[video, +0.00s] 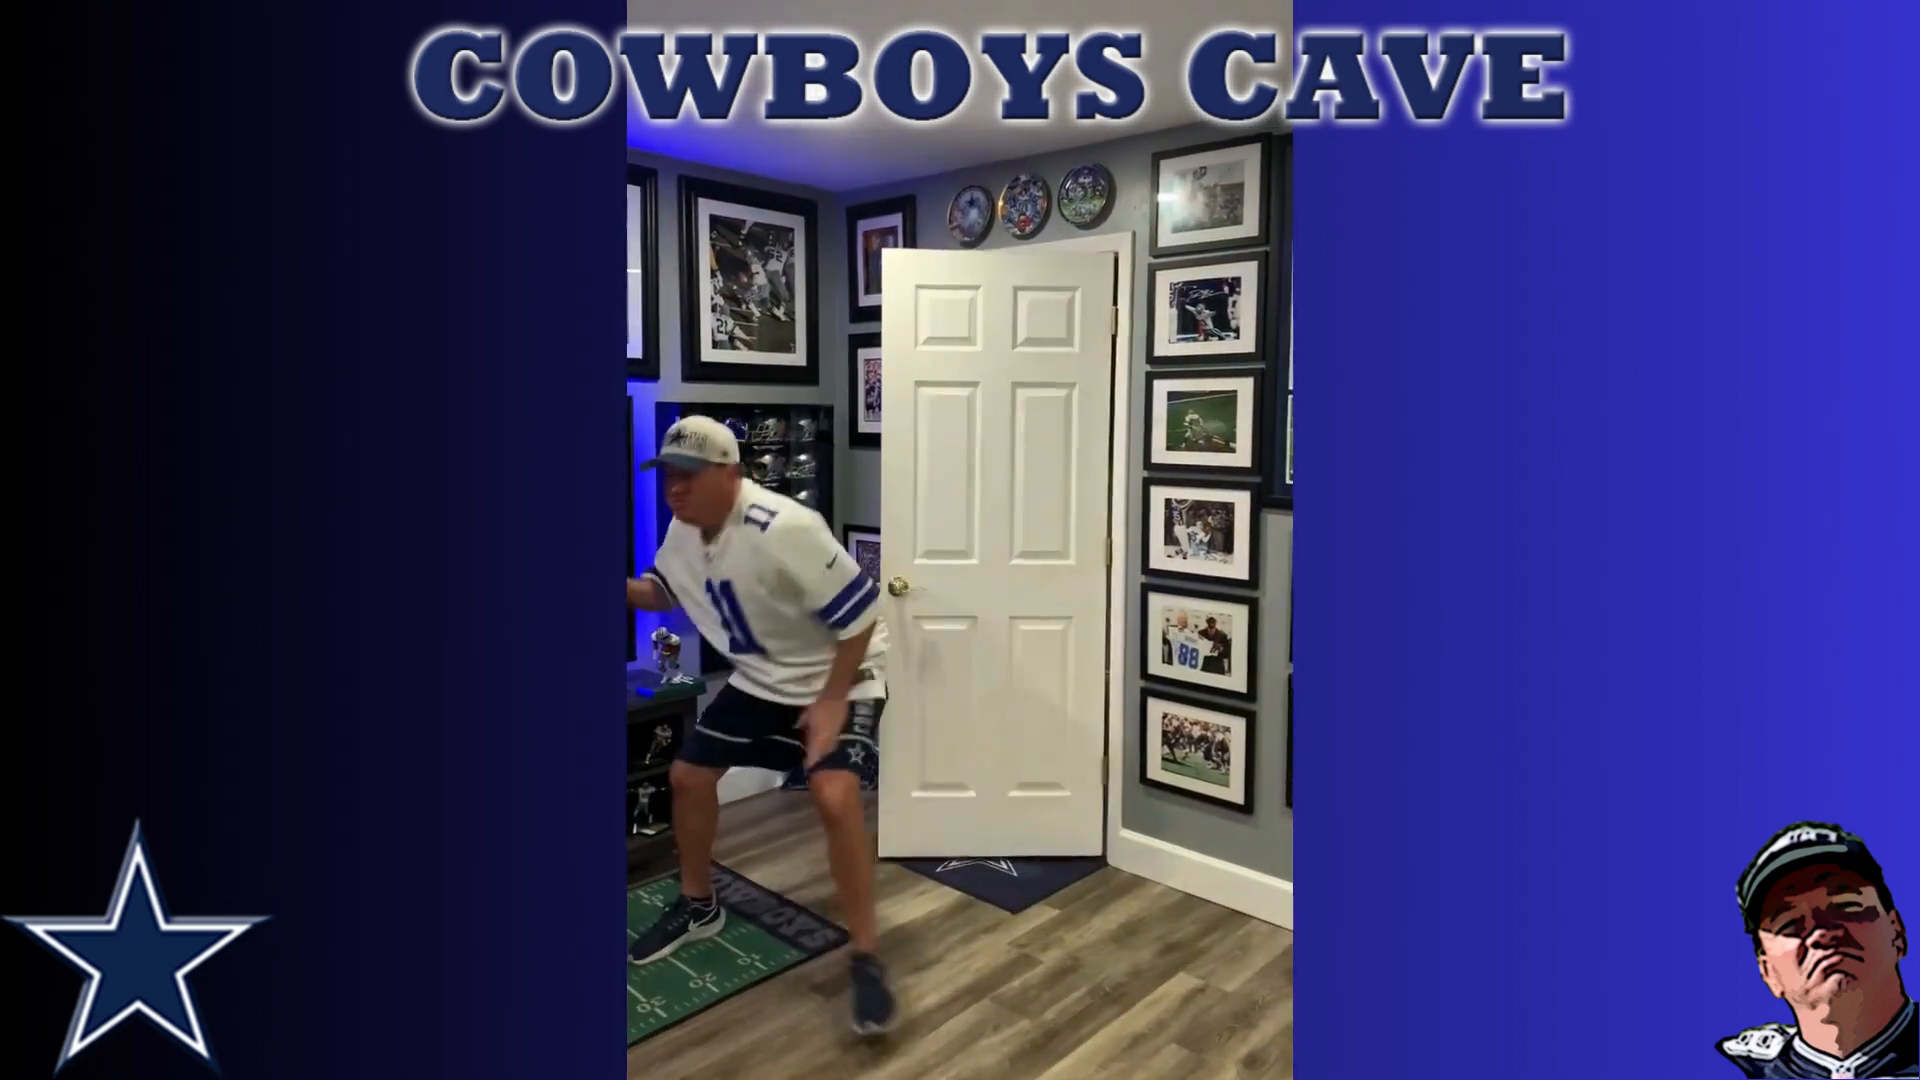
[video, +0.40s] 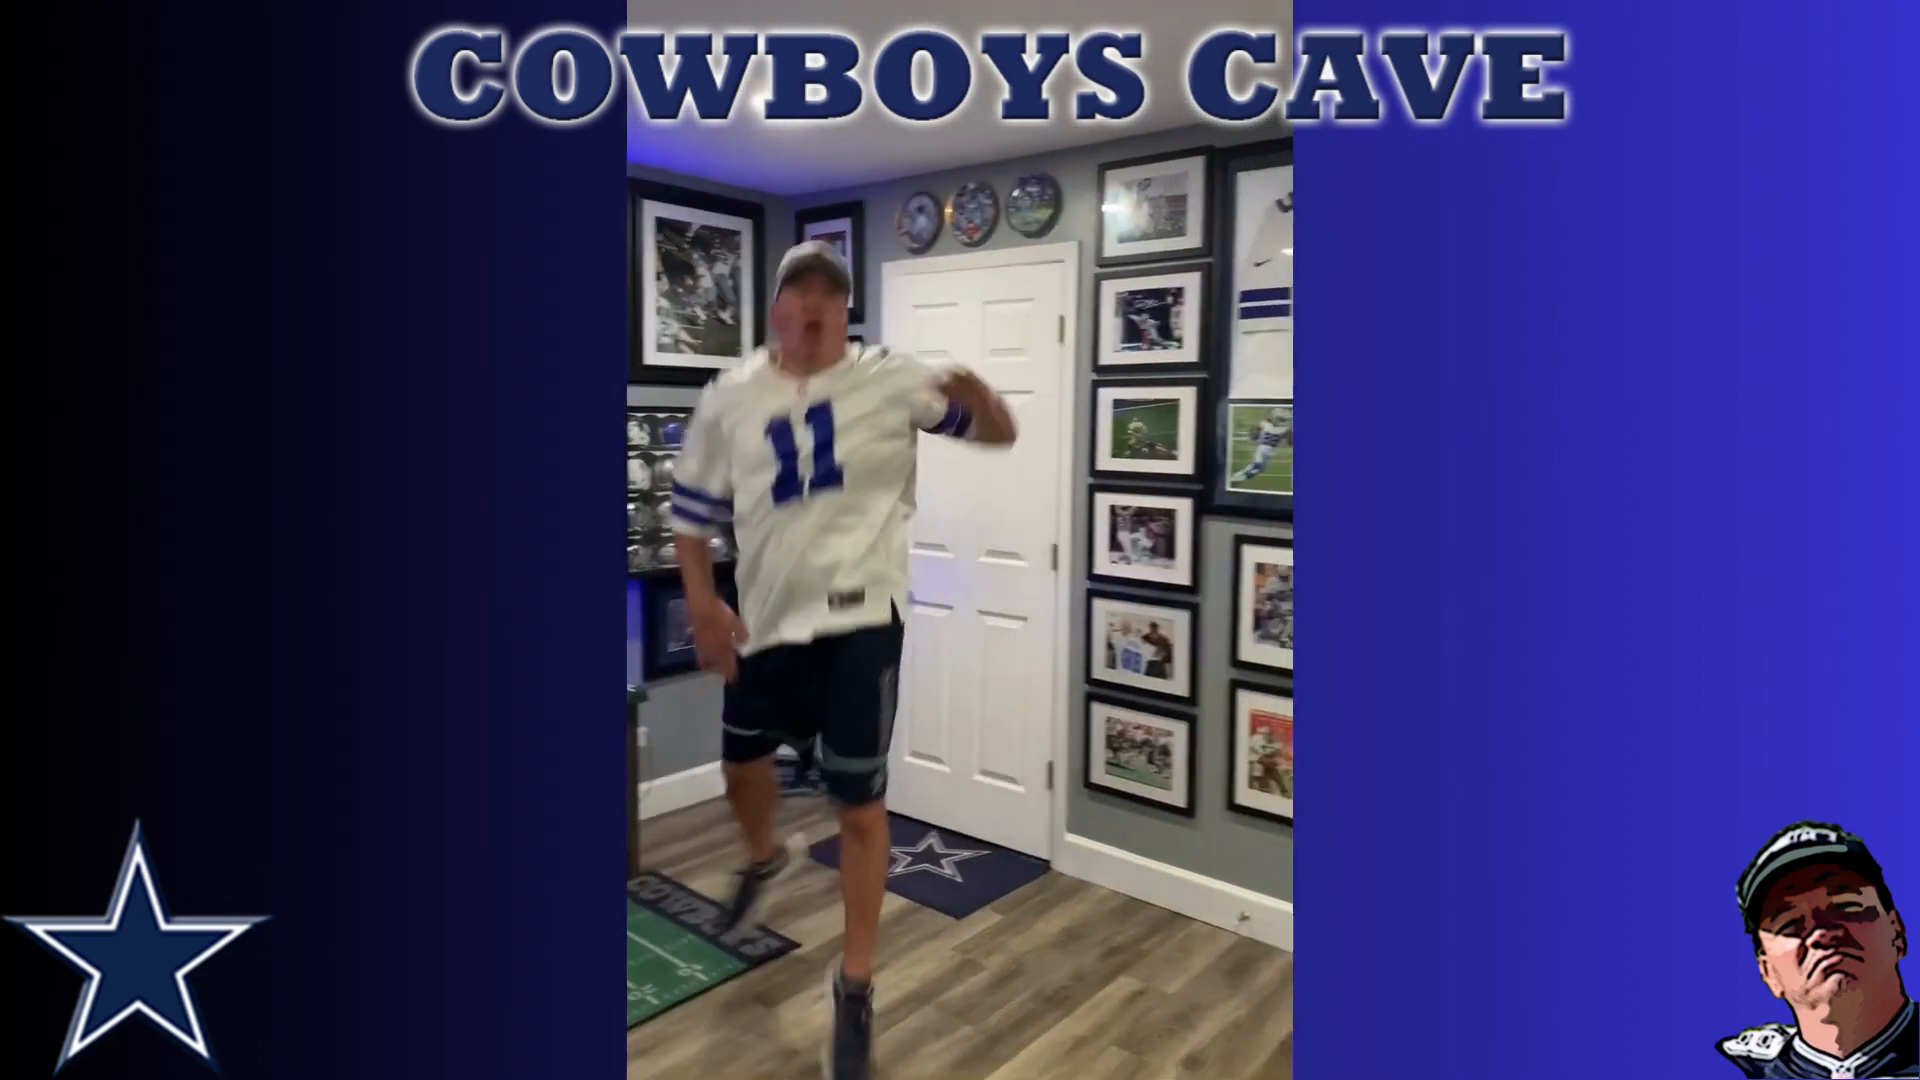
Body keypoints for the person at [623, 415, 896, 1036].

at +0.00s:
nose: (672, 491)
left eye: (685, 479)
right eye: (667, 478)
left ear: (727, 474)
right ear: (666, 478)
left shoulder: (787, 527)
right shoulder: (683, 531)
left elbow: (860, 612)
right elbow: (665, 591)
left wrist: (833, 700)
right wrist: (615, 586)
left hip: (831, 683)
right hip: (755, 679)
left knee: (836, 795)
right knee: (689, 777)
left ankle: (865, 958)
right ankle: (697, 904)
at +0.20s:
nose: (730, 468)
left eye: (745, 453)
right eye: (723, 455)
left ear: (783, 459)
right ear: (716, 462)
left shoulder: (820, 513)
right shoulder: (710, 528)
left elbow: (860, 576)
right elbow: (692, 604)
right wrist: (663, 650)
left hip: (837, 708)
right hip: (746, 705)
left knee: (845, 840)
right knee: (664, 815)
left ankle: (897, 1007)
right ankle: (680, 912)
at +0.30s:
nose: (797, 393)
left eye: (808, 379)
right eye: (783, 379)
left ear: (831, 390)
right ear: (758, 392)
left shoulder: (868, 452)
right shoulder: (730, 483)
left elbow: (947, 421)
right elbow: (724, 584)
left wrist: (870, 379)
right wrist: (726, 668)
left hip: (849, 688)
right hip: (761, 690)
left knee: (853, 850)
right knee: (696, 807)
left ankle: (880, 1011)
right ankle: (663, 902)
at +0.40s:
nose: (807, 326)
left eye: (821, 314)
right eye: (796, 311)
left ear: (847, 317)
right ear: (773, 314)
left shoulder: (892, 379)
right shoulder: (730, 397)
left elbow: (998, 434)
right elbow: (691, 511)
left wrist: (979, 396)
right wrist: (701, 604)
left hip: (860, 619)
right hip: (767, 622)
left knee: (858, 806)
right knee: (744, 759)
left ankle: (855, 983)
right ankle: (764, 857)